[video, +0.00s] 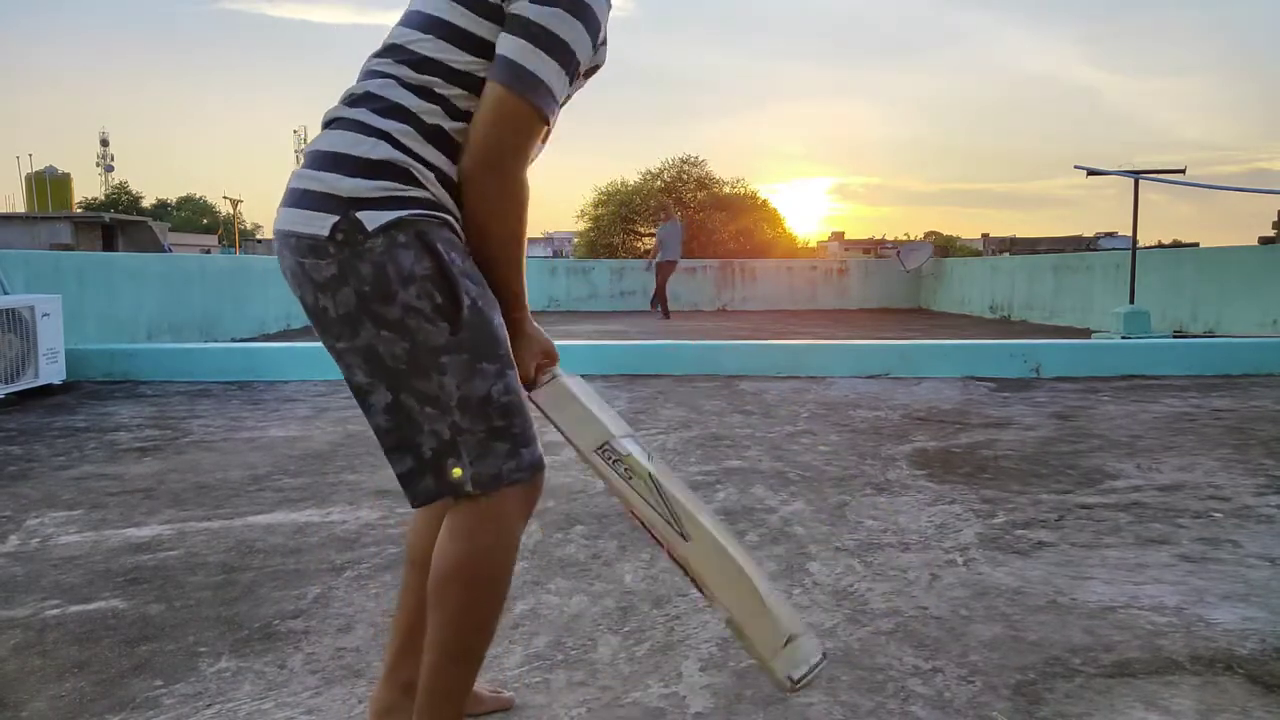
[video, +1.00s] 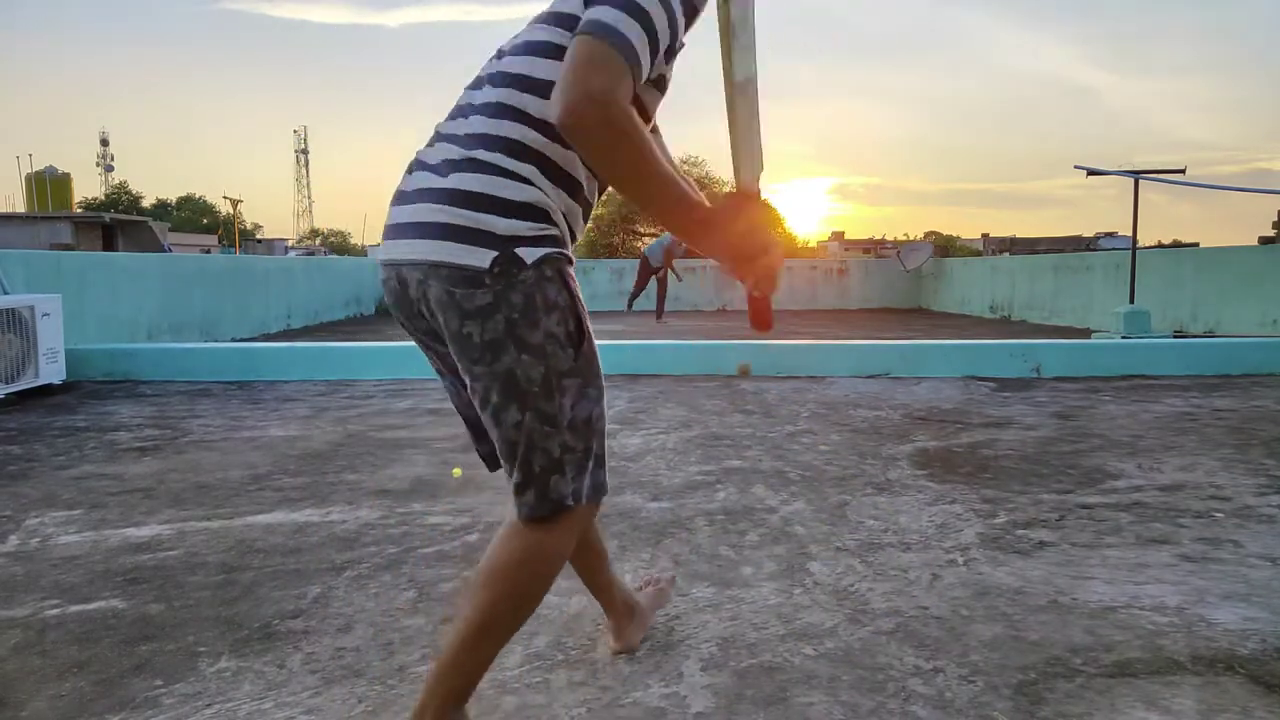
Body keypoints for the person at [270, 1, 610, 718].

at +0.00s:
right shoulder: (569, 7)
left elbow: (465, 167)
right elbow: (490, 168)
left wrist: (502, 320)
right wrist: (516, 322)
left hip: (327, 215)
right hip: (381, 216)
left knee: (449, 483)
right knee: (503, 477)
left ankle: (403, 689)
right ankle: (441, 701)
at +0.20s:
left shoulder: (559, 18)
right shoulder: (561, 2)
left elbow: (492, 146)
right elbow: (455, 106)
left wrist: (546, 259)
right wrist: (540, 258)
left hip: (362, 229)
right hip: (399, 228)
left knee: (476, 481)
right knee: (525, 476)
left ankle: (406, 688)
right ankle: (444, 703)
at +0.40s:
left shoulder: (583, 20)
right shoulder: (569, 5)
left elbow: (511, 154)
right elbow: (446, 103)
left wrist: (551, 262)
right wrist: (517, 248)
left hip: (374, 234)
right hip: (409, 233)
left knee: (490, 469)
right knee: (551, 461)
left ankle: (404, 684)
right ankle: (448, 700)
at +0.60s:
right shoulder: (611, 8)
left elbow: (504, 147)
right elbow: (491, 117)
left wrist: (540, 262)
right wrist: (529, 263)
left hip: (380, 232)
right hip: (422, 234)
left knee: (486, 484)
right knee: (536, 475)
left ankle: (400, 693)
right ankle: (438, 702)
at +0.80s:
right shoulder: (632, 2)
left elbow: (512, 136)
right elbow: (536, 9)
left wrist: (589, 231)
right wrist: (621, 169)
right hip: (438, 219)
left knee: (553, 405)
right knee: (529, 474)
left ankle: (518, 643)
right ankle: (437, 706)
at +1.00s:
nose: (699, 10)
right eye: (692, 12)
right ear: (678, 0)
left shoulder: (575, 21)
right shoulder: (656, 2)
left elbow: (634, 127)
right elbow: (587, 104)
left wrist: (711, 220)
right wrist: (706, 228)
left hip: (412, 247)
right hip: (497, 250)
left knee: (545, 456)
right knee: (560, 494)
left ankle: (622, 612)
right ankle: (434, 708)